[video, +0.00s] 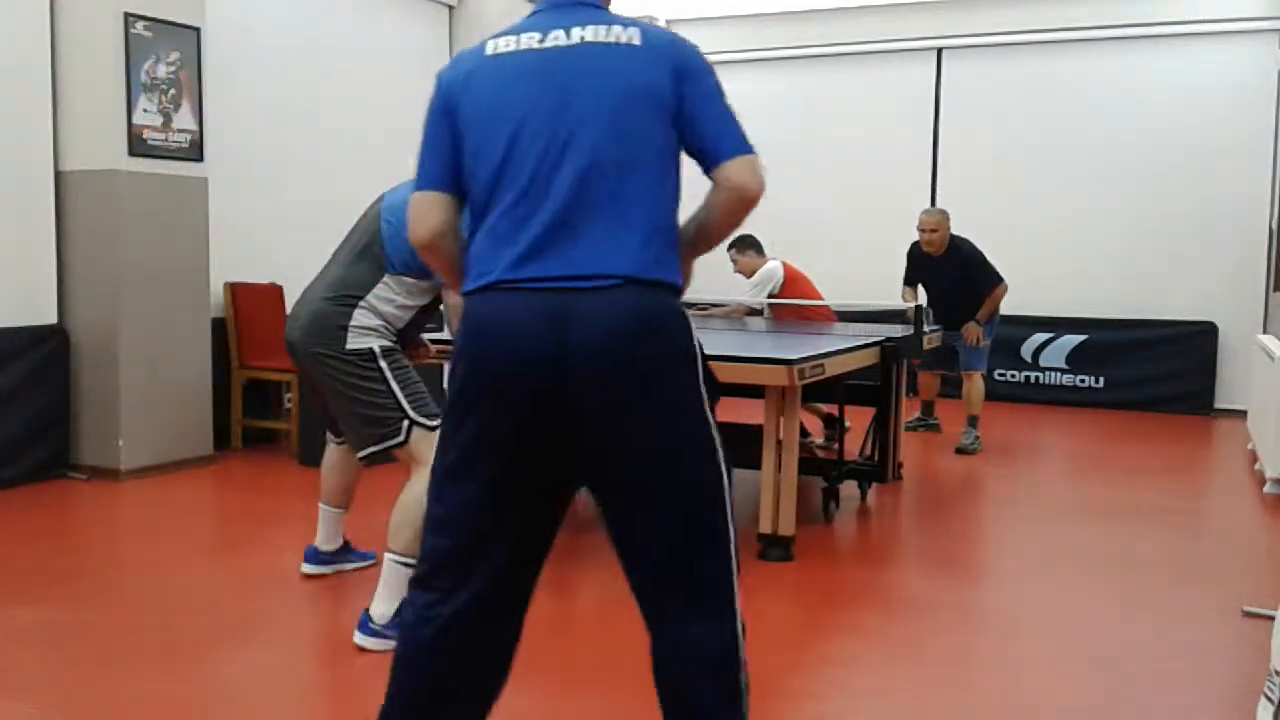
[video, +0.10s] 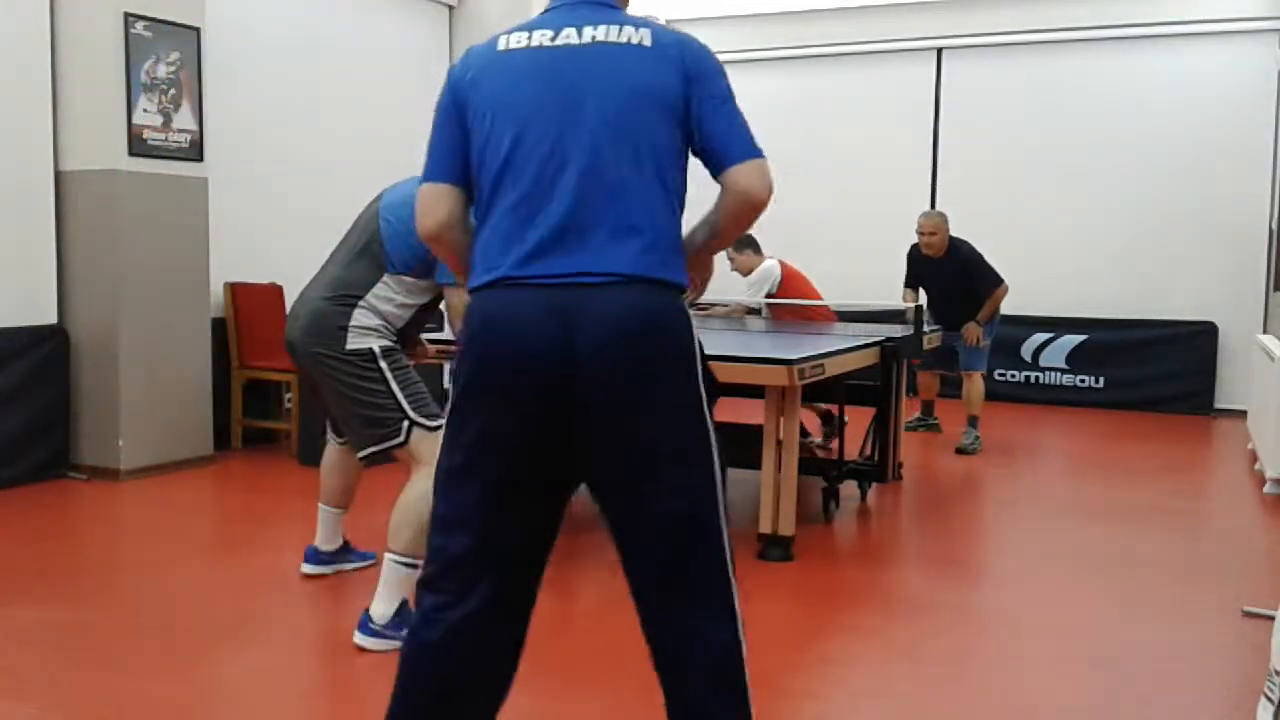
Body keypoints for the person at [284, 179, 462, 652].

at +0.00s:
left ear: (462, 163)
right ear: (497, 192)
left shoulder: (415, 191)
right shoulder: (460, 220)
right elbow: (464, 329)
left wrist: (406, 338)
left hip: (310, 328)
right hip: (353, 338)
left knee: (347, 431)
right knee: (436, 459)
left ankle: (327, 546)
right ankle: (387, 612)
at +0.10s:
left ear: (464, 165)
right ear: (495, 194)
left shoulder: (417, 189)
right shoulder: (458, 219)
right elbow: (467, 323)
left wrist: (406, 337)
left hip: (311, 328)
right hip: (353, 338)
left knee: (347, 430)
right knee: (438, 458)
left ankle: (327, 546)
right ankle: (387, 612)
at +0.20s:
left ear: (459, 158)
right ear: (493, 186)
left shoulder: (411, 187)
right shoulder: (457, 217)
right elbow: (466, 329)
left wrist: (405, 334)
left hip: (309, 327)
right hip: (353, 336)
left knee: (344, 433)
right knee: (435, 458)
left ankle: (327, 546)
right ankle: (387, 611)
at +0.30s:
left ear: (454, 153)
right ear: (489, 181)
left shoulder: (407, 183)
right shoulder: (455, 211)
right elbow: (464, 320)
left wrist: (407, 331)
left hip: (309, 326)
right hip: (354, 336)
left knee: (343, 433)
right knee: (432, 459)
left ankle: (327, 546)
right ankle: (387, 611)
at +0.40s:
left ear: (448, 147)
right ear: (484, 174)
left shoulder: (404, 179)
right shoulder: (452, 203)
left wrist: (407, 330)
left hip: (309, 322)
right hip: (356, 332)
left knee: (341, 431)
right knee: (429, 458)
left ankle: (326, 546)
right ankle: (386, 612)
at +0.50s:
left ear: (447, 140)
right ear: (477, 164)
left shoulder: (402, 172)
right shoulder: (439, 195)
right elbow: (474, 275)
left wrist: (410, 321)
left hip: (310, 320)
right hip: (357, 329)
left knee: (340, 432)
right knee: (428, 459)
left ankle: (326, 547)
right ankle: (386, 612)